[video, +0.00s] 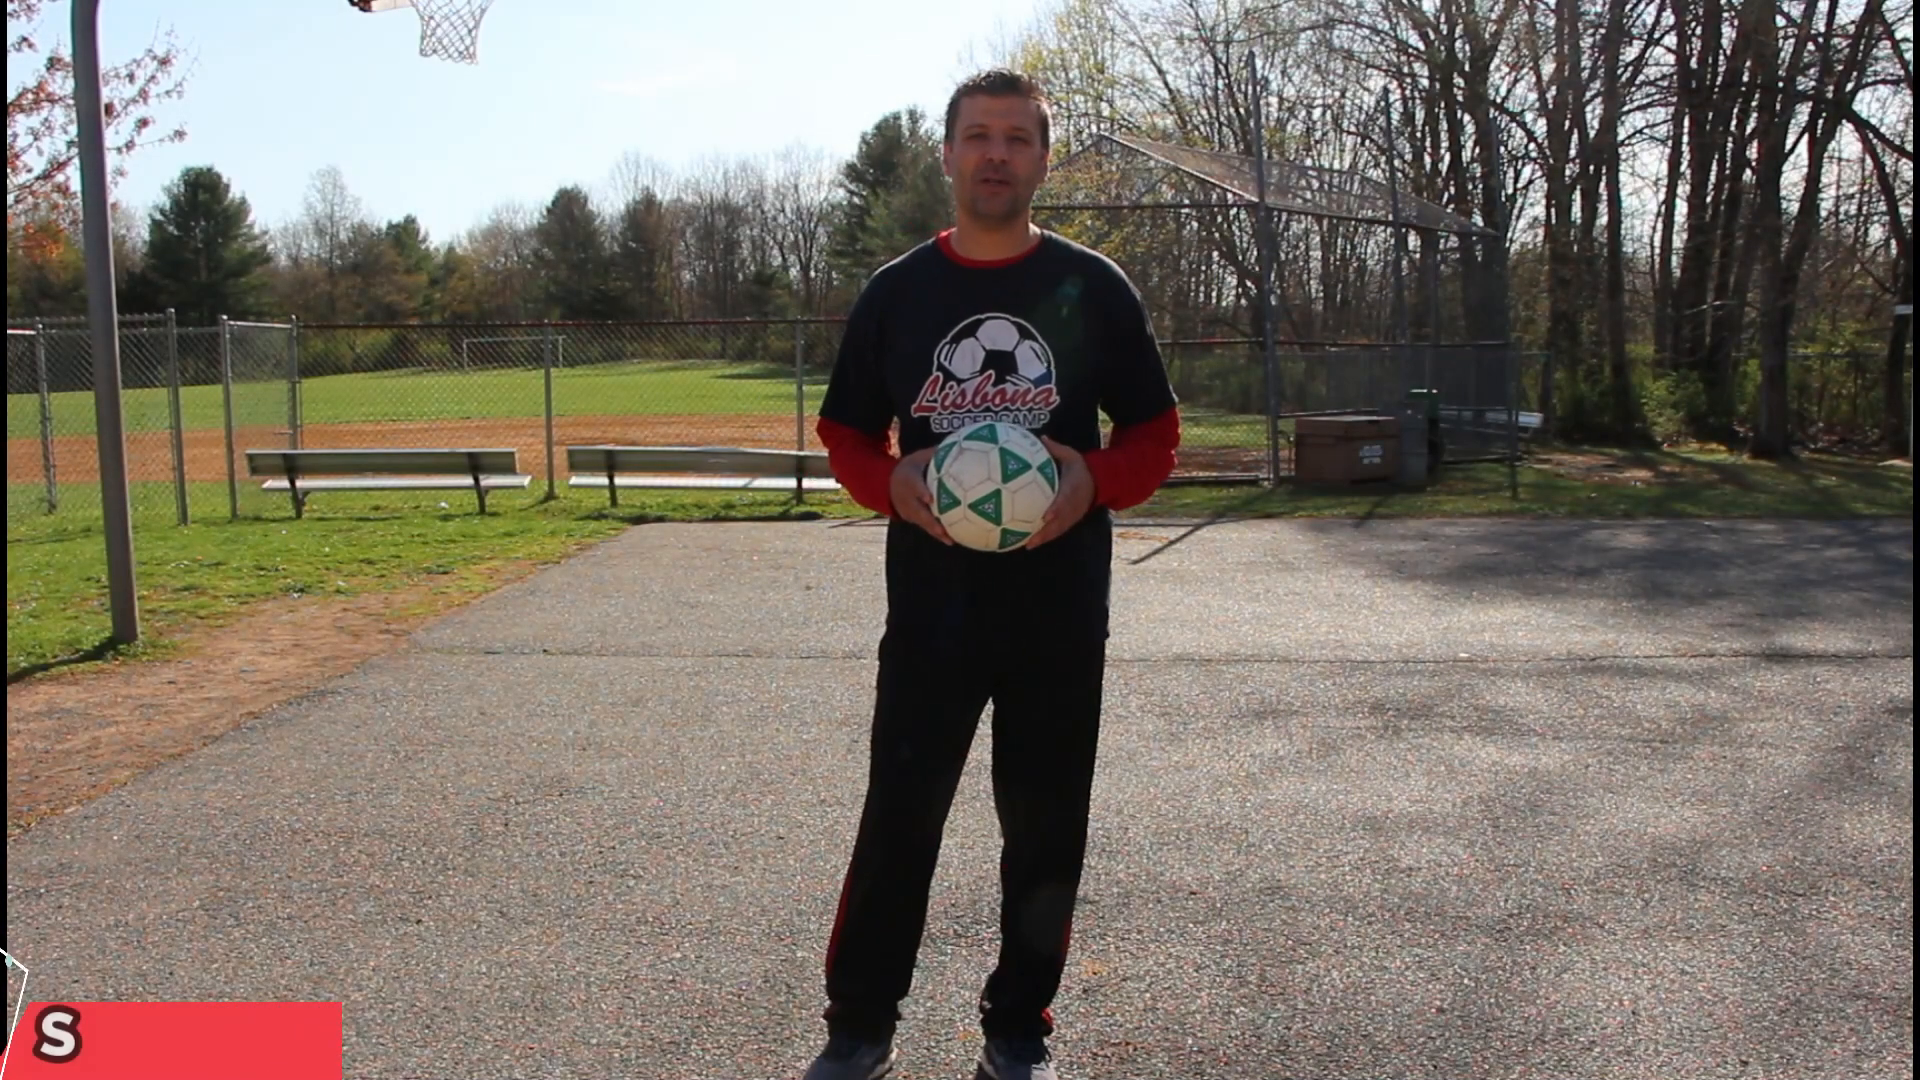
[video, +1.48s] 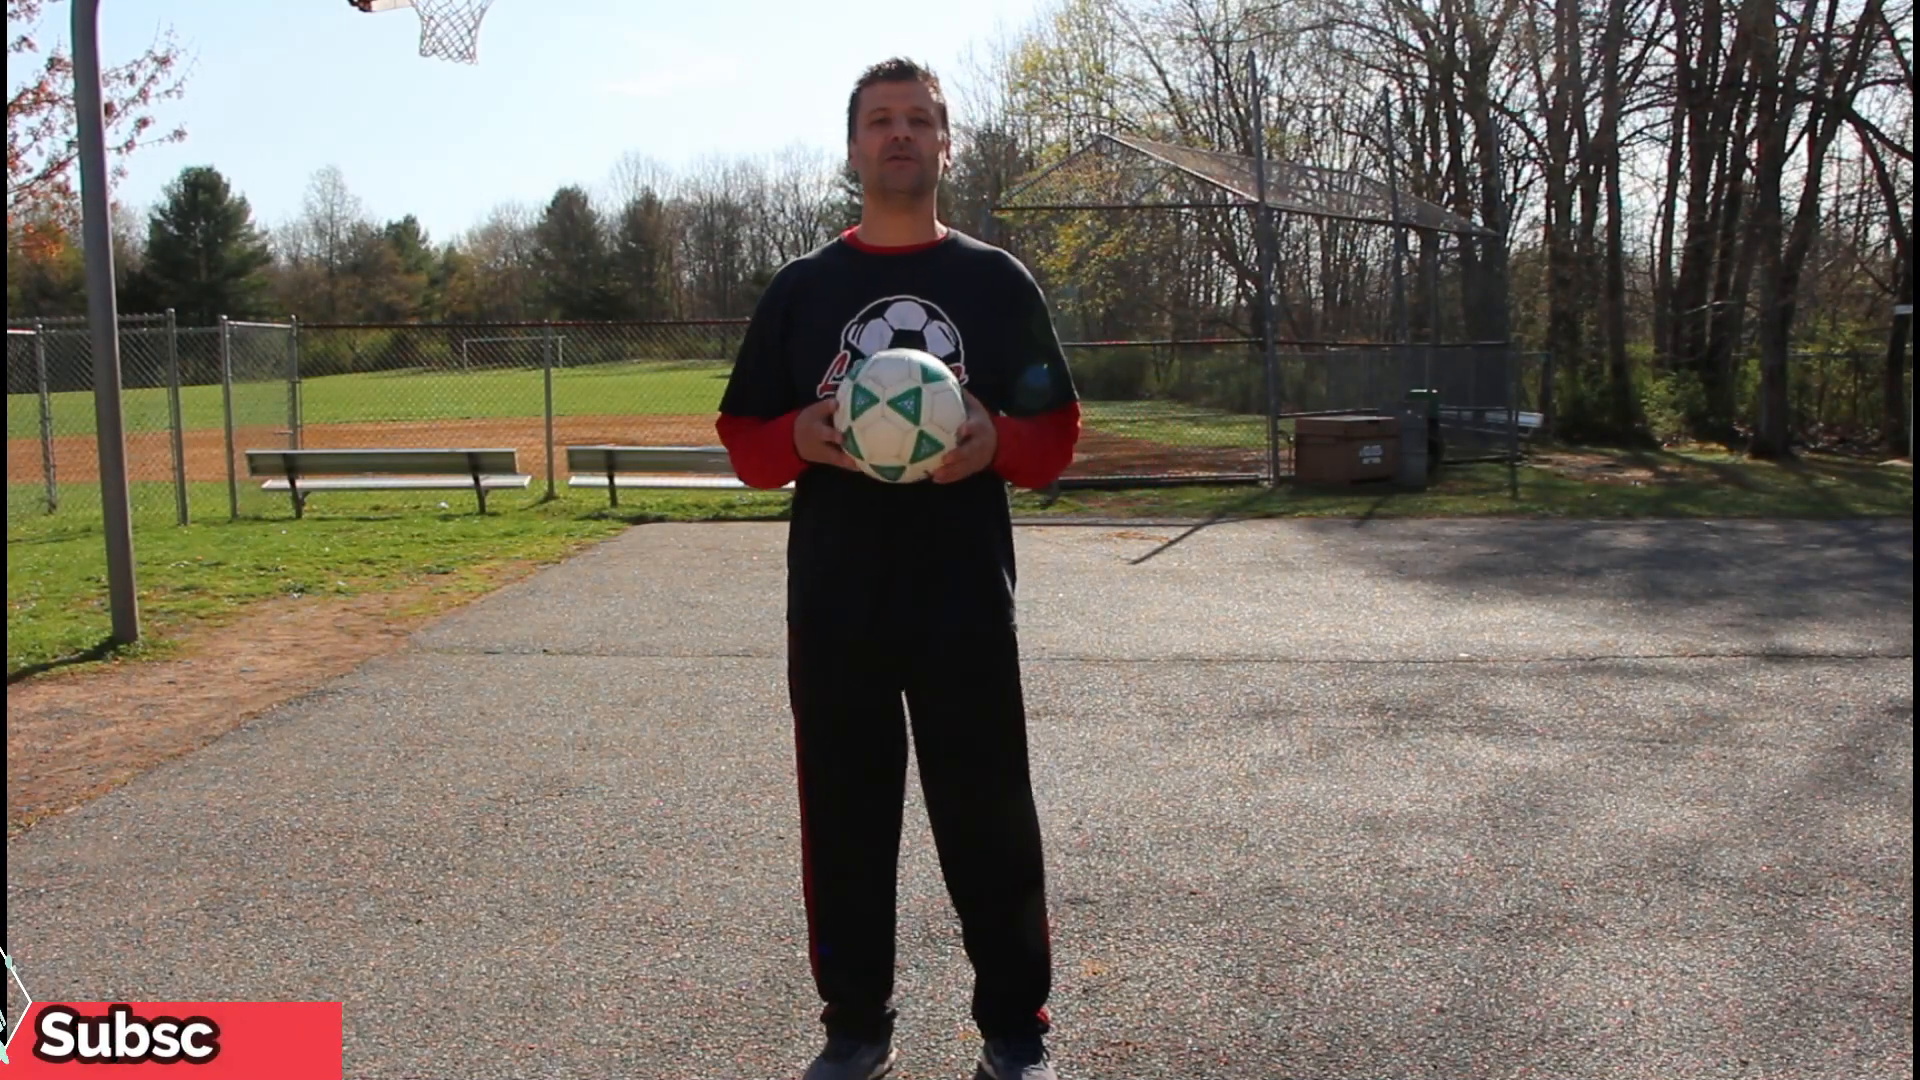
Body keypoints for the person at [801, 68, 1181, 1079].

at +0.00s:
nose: (997, 155)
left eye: (1018, 139)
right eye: (978, 137)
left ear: (1045, 158)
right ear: (948, 154)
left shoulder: (1095, 288)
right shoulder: (895, 292)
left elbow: (1158, 427)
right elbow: (845, 425)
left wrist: (1098, 478)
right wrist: (888, 483)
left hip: (1058, 598)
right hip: (932, 594)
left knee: (1047, 822)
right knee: (899, 814)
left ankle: (1019, 1031)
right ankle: (857, 1028)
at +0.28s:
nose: (996, 152)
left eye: (1017, 137)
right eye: (977, 135)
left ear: (1043, 157)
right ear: (947, 153)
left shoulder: (1092, 287)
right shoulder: (893, 290)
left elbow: (1151, 429)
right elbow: (841, 425)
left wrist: (1094, 482)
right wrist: (886, 488)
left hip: (1055, 596)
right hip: (929, 592)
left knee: (1045, 820)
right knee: (897, 812)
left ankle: (1020, 1029)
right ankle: (858, 1026)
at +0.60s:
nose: (980, 139)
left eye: (1003, 126)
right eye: (962, 123)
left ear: (1030, 155)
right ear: (933, 146)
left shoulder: (1078, 283)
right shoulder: (873, 287)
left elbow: (1140, 434)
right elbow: (816, 429)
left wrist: (1075, 446)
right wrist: (865, 448)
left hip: (1040, 591)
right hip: (912, 588)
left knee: (1037, 821)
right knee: (888, 812)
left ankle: (1018, 1035)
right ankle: (857, 1028)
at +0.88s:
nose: (959, 139)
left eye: (981, 126)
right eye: (939, 123)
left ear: (1006, 152)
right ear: (909, 145)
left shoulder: (1050, 282)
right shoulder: (849, 287)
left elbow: (1112, 424)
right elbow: (799, 422)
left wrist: (1056, 467)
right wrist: (846, 474)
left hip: (1015, 595)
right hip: (887, 596)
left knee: (1024, 821)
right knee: (874, 817)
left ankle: (1019, 1034)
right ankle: (857, 1029)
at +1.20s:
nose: (925, 136)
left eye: (945, 122)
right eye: (905, 121)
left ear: (971, 148)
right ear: (874, 144)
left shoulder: (1017, 283)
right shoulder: (817, 288)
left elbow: (1075, 425)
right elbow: (760, 423)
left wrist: (1018, 470)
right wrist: (811, 475)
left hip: (980, 587)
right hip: (852, 589)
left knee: (999, 809)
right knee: (852, 811)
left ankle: (1015, 1030)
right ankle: (854, 1026)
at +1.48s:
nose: (903, 135)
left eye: (921, 120)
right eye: (881, 122)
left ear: (947, 145)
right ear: (851, 149)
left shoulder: (999, 280)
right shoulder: (799, 290)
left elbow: (1057, 434)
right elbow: (741, 439)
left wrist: (998, 438)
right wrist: (794, 436)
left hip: (962, 592)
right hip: (834, 597)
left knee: (987, 812)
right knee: (842, 817)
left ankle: (1015, 1031)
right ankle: (855, 1027)